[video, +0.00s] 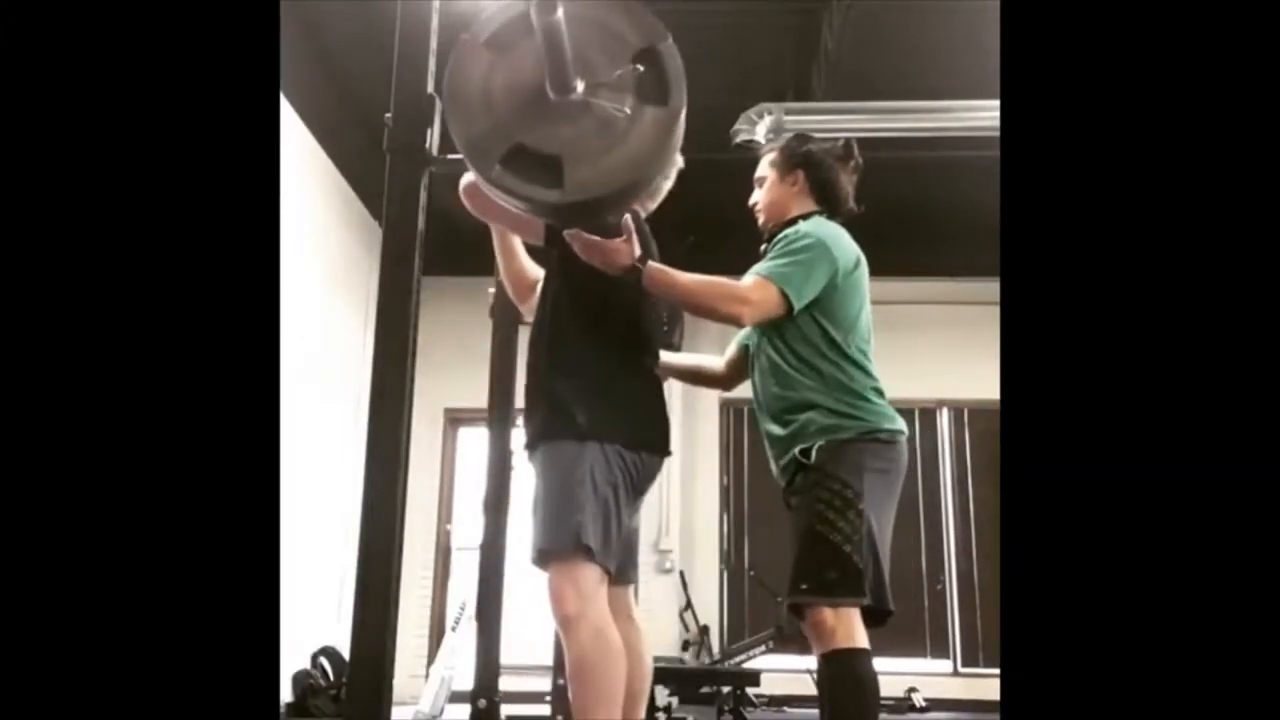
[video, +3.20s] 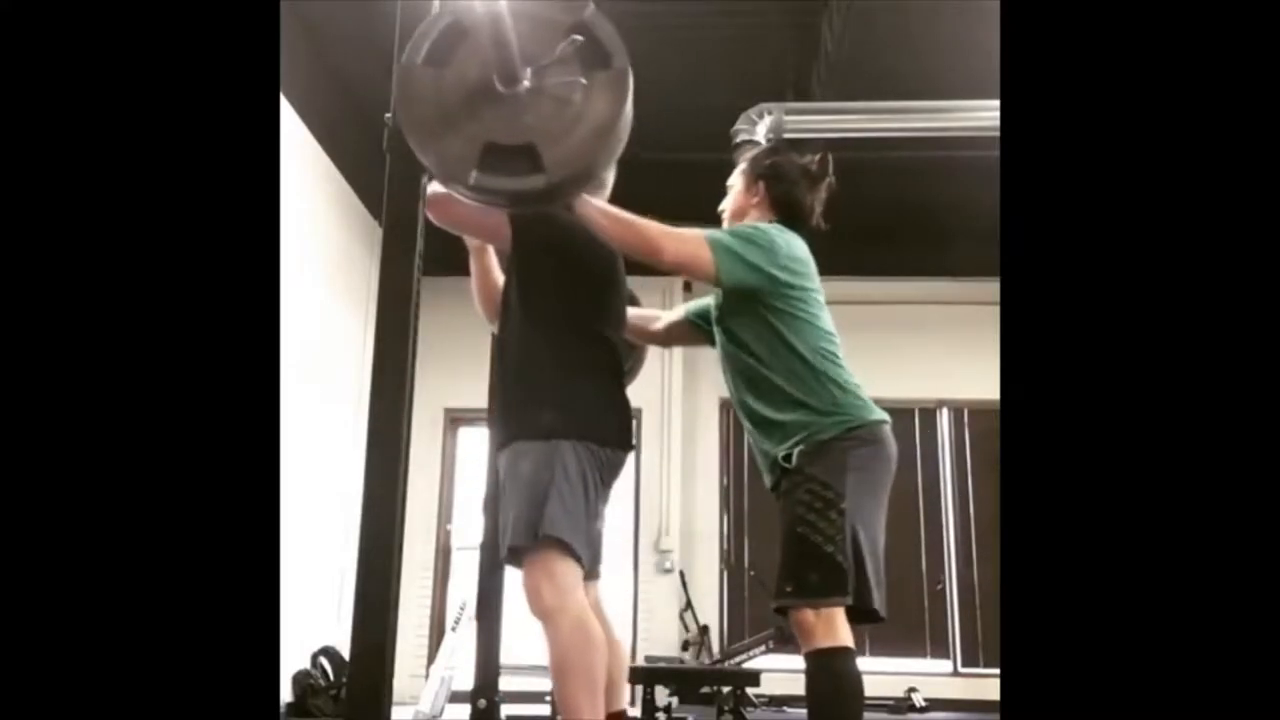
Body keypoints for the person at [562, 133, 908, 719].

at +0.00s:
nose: (751, 199)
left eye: (761, 184)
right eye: (753, 186)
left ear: (796, 181)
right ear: (795, 186)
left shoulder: (820, 238)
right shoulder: (784, 269)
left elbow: (749, 303)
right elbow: (726, 373)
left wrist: (637, 267)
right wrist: (641, 354)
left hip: (852, 442)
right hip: (816, 453)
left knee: (830, 611)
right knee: (822, 616)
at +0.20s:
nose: (752, 203)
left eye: (760, 187)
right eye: (751, 190)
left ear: (796, 182)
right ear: (795, 187)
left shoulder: (822, 238)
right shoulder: (786, 270)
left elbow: (750, 301)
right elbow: (727, 372)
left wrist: (638, 264)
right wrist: (643, 355)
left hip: (853, 443)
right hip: (817, 453)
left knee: (831, 610)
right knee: (823, 616)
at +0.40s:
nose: (690, 387)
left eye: (696, 372)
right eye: (690, 374)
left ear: (733, 370)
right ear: (736, 374)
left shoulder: (780, 417)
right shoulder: (754, 437)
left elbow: (736, 522)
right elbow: (720, 555)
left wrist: (622, 522)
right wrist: (636, 551)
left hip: (936, 557)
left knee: (792, 602)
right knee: (793, 610)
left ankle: (826, 714)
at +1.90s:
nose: (696, 305)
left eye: (702, 290)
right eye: (696, 292)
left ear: (736, 288)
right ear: (739, 289)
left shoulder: (779, 338)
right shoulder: (760, 355)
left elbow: (731, 428)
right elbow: (724, 464)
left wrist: (613, 424)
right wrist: (677, 512)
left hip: (912, 490)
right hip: (877, 497)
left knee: (806, 604)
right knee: (804, 607)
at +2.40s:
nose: (704, 246)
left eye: (713, 231)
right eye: (707, 232)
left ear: (750, 231)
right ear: (751, 235)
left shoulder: (776, 284)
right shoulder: (757, 301)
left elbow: (713, 362)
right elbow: (714, 412)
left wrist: (604, 335)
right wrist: (663, 443)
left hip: (884, 458)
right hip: (855, 466)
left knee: (811, 604)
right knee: (810, 608)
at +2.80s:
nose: (728, 200)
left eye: (737, 187)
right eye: (731, 187)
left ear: (767, 190)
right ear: (773, 193)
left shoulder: (788, 245)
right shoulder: (763, 268)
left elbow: (741, 311)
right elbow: (714, 380)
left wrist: (643, 252)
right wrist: (644, 349)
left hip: (843, 443)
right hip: (817, 453)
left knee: (821, 615)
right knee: (820, 618)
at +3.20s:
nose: (725, 194)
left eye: (733, 183)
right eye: (729, 182)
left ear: (756, 192)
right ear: (774, 198)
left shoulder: (775, 245)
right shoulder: (742, 298)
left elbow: (665, 247)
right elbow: (661, 326)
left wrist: (570, 196)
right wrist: (577, 303)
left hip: (841, 444)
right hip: (816, 455)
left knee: (816, 614)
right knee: (813, 617)